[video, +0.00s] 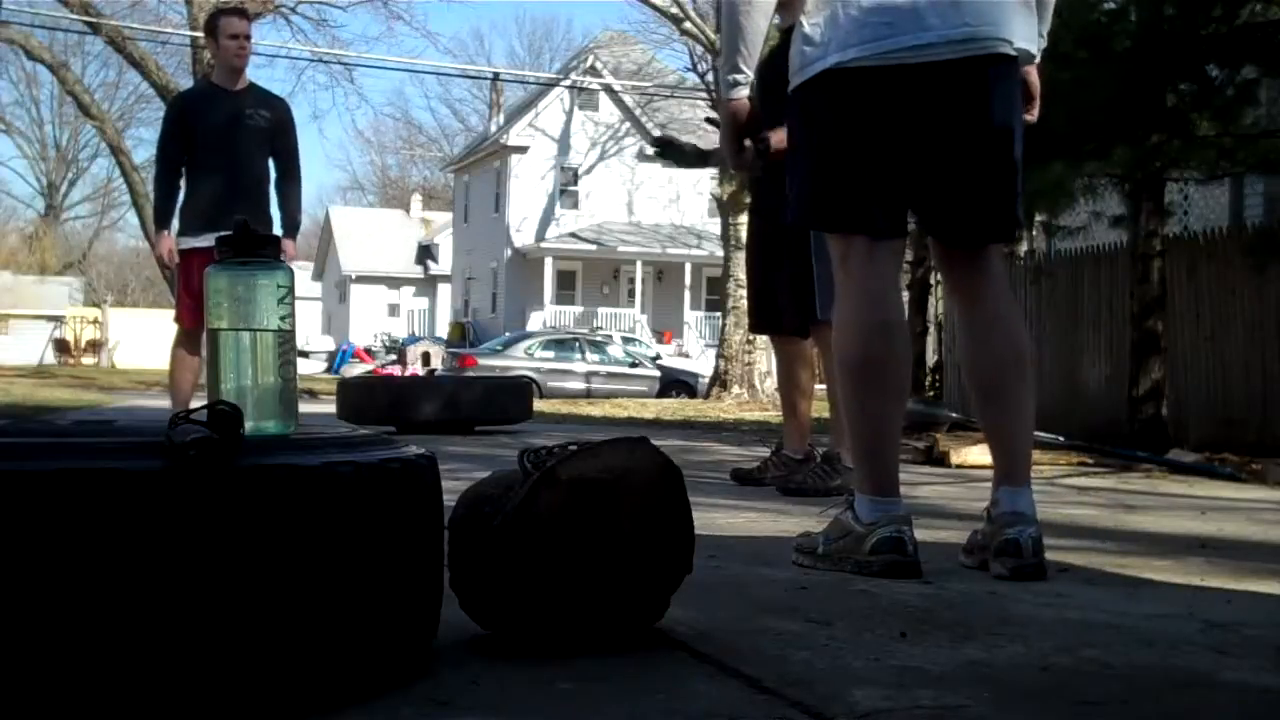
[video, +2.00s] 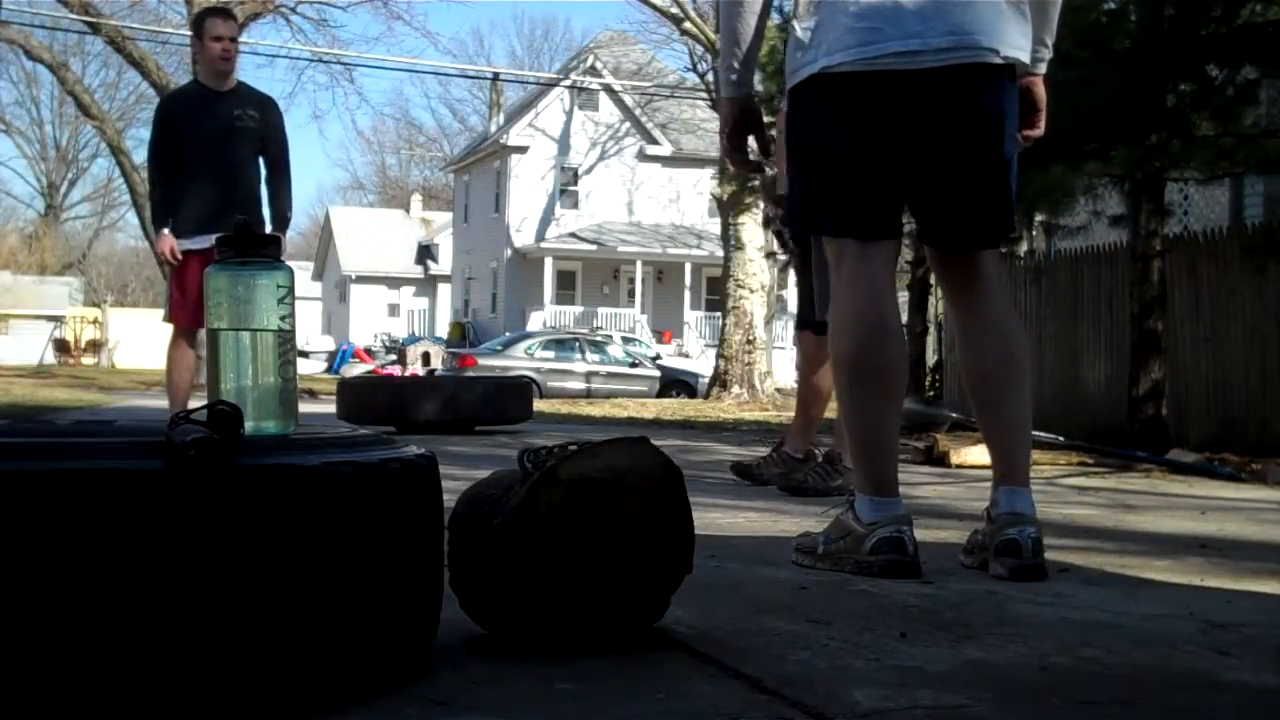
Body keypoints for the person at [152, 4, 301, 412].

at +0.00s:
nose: (243, 45)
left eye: (247, 38)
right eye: (234, 38)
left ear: (253, 44)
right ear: (212, 44)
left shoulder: (274, 107)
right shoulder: (184, 106)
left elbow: (288, 174)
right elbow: (168, 170)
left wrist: (290, 232)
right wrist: (162, 229)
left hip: (255, 240)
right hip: (197, 239)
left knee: (253, 337)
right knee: (191, 333)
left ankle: (250, 425)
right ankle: (180, 421)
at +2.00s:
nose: (228, 48)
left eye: (233, 40)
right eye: (218, 40)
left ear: (239, 46)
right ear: (197, 46)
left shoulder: (262, 106)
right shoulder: (172, 106)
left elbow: (278, 172)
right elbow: (159, 170)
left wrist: (279, 230)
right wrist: (161, 229)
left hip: (246, 237)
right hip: (189, 238)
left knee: (245, 334)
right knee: (186, 332)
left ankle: (242, 424)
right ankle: (178, 422)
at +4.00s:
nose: (239, 50)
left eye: (242, 43)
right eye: (229, 43)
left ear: (246, 47)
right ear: (204, 49)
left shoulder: (265, 110)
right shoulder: (178, 109)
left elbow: (285, 167)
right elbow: (163, 170)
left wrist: (278, 210)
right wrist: (177, 213)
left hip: (252, 238)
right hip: (197, 237)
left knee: (252, 332)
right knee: (189, 329)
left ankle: (249, 423)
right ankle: (178, 420)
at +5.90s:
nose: (234, 47)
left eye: (237, 40)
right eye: (224, 40)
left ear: (241, 45)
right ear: (200, 47)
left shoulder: (263, 107)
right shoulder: (176, 106)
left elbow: (280, 173)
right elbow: (159, 169)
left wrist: (280, 231)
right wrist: (160, 221)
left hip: (247, 240)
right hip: (191, 240)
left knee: (246, 335)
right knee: (186, 331)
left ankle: (243, 425)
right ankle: (178, 422)